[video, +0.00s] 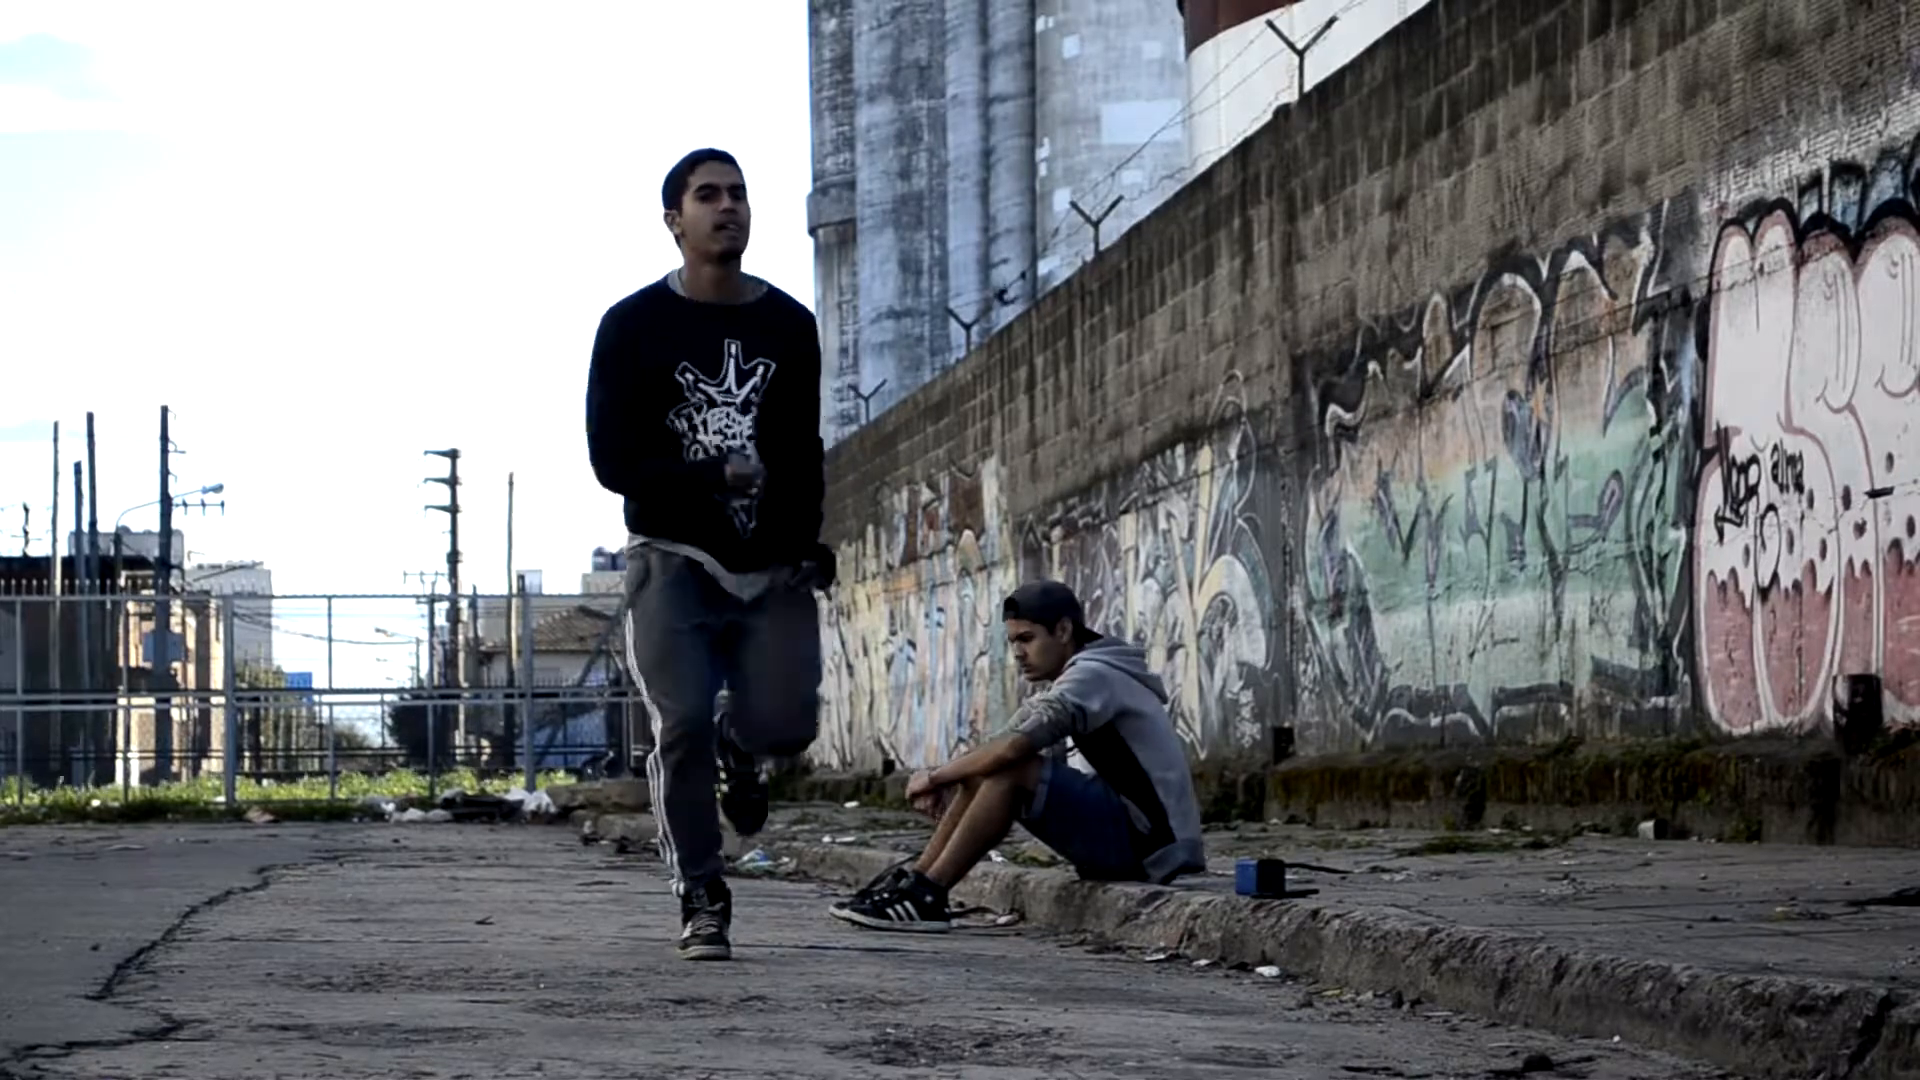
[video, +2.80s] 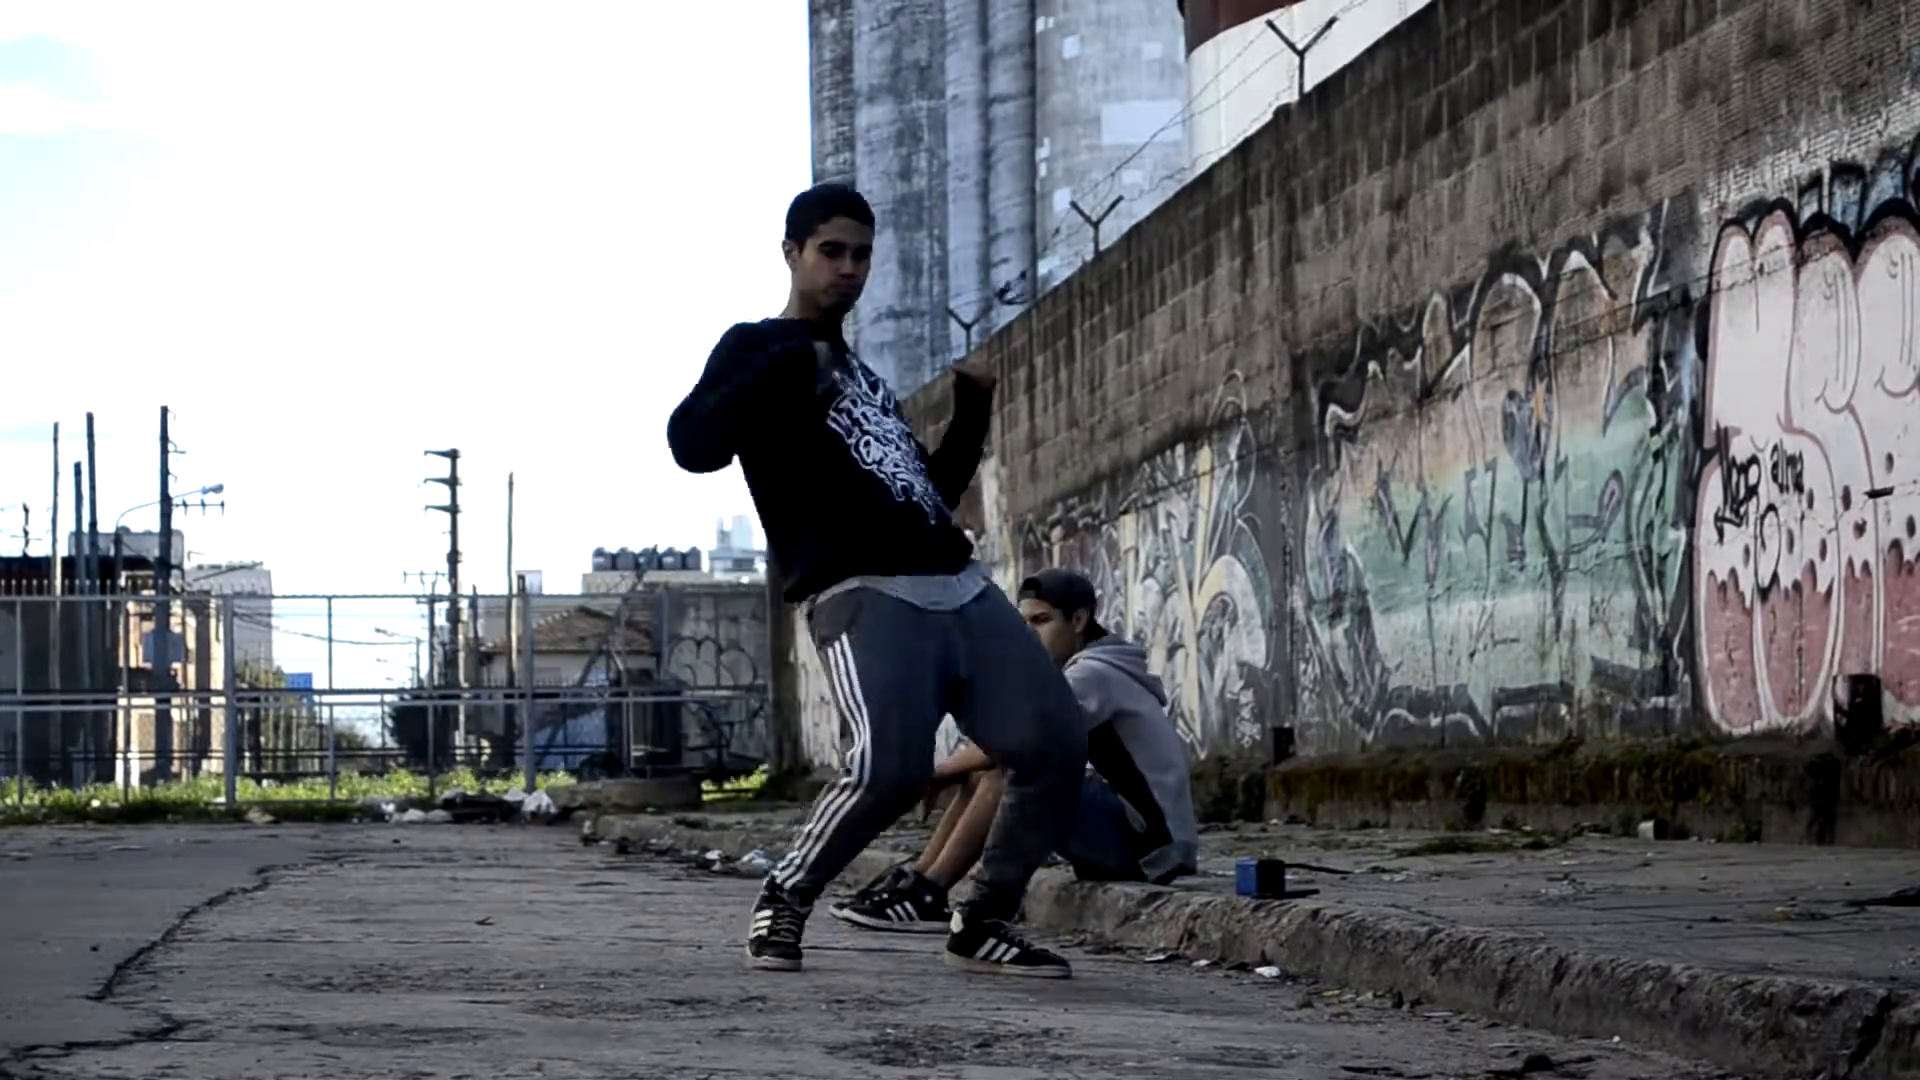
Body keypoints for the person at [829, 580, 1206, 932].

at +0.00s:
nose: (1017, 655)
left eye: (1025, 640)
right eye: (1013, 643)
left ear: (1064, 631)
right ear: (1061, 634)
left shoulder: (1094, 672)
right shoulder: (1077, 676)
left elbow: (1012, 749)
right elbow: (1015, 751)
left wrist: (936, 776)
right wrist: (946, 783)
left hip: (1150, 846)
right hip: (1124, 837)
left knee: (1012, 770)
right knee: (983, 767)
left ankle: (933, 895)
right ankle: (914, 883)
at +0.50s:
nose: (1019, 650)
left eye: (1028, 636)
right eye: (1015, 639)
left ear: (1067, 628)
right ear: (1061, 632)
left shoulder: (1101, 676)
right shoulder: (1064, 684)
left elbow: (1011, 751)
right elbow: (999, 743)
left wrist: (957, 749)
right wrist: (942, 776)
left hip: (1151, 848)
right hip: (1120, 839)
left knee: (1013, 771)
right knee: (983, 767)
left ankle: (933, 895)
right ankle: (915, 882)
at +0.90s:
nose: (1030, 641)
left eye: (1041, 629)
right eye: (1026, 630)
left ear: (1080, 626)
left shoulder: (1104, 672)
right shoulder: (1060, 673)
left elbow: (1010, 737)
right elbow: (990, 730)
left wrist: (1001, 721)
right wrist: (936, 793)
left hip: (1146, 845)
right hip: (1115, 834)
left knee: (1012, 766)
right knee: (988, 755)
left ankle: (932, 894)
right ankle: (915, 880)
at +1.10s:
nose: (1029, 642)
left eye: (1039, 629)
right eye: (1026, 630)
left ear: (1079, 627)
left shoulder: (1103, 670)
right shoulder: (1073, 672)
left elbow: (1009, 737)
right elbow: (995, 728)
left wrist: (999, 720)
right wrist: (941, 784)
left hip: (1150, 842)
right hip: (1119, 832)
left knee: (1011, 765)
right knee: (989, 758)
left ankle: (932, 895)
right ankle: (912, 883)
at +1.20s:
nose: (1028, 639)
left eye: (1039, 626)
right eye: (1026, 628)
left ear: (1079, 625)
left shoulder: (1101, 667)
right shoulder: (1081, 669)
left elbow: (1010, 735)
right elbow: (1010, 734)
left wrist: (978, 725)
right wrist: (949, 771)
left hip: (1149, 843)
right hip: (1122, 834)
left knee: (1014, 764)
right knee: (988, 757)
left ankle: (936, 893)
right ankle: (914, 881)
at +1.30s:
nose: (1027, 637)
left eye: (1038, 625)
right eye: (1025, 626)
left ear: (1077, 624)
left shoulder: (1097, 665)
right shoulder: (1082, 668)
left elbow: (1012, 732)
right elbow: (1019, 745)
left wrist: (943, 749)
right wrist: (958, 763)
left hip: (1150, 842)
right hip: (1123, 833)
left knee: (1013, 764)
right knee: (985, 765)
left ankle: (935, 894)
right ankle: (915, 882)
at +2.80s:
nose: (1029, 635)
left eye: (1040, 622)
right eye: (1025, 624)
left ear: (1079, 620)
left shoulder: (1093, 671)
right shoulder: (1079, 669)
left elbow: (1011, 747)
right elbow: (1002, 741)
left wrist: (934, 772)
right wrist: (939, 770)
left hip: (1148, 845)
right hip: (1119, 832)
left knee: (1007, 776)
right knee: (981, 768)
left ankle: (932, 894)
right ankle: (912, 883)